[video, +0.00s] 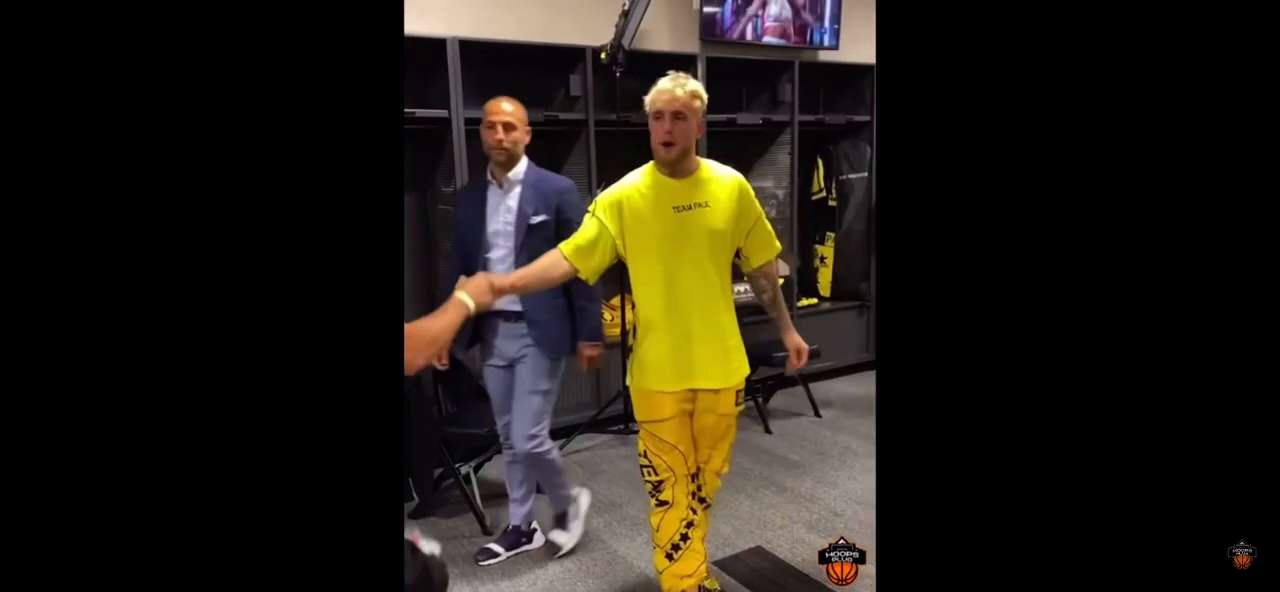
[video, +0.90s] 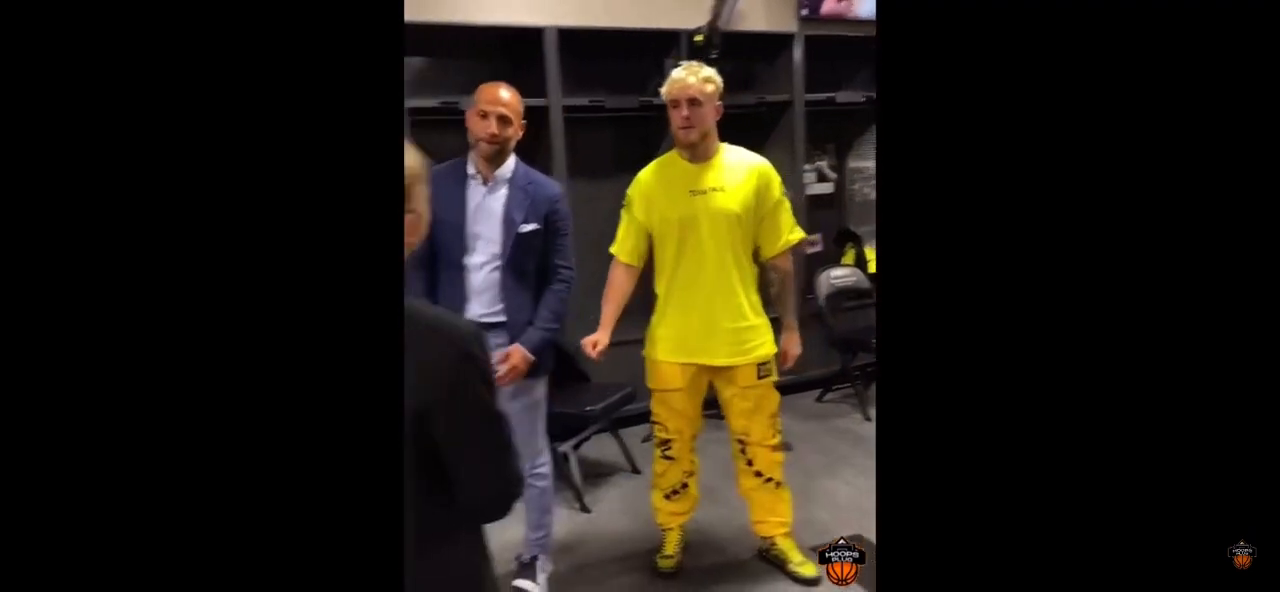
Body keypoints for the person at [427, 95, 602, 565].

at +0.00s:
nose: (499, 135)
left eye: (509, 128)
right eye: (492, 128)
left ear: (527, 135)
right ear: (481, 135)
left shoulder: (557, 191)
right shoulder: (470, 197)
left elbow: (582, 266)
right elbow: (462, 269)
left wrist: (590, 333)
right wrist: (444, 334)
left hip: (540, 327)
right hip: (491, 328)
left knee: (529, 440)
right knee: (509, 439)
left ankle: (568, 500)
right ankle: (520, 527)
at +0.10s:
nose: (481, 135)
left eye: (491, 128)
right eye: (474, 127)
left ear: (510, 135)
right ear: (463, 134)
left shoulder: (540, 191)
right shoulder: (450, 194)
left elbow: (563, 270)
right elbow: (435, 265)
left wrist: (569, 335)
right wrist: (424, 332)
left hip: (522, 329)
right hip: (469, 330)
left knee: (509, 443)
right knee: (500, 441)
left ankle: (511, 545)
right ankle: (524, 521)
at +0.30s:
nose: (453, 142)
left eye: (465, 134)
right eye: (446, 132)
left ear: (482, 141)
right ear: (434, 136)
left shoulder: (511, 202)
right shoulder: (415, 199)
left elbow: (532, 286)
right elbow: (411, 273)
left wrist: (526, 354)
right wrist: (408, 346)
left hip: (487, 344)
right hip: (433, 341)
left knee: (463, 459)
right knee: (479, 442)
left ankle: (438, 567)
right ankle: (516, 522)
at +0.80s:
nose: (463, 129)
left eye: (475, 122)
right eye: (455, 119)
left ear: (492, 132)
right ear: (439, 123)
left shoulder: (516, 197)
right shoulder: (410, 185)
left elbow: (532, 287)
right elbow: (403, 264)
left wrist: (510, 357)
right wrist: (406, 337)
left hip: (478, 346)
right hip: (417, 342)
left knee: (491, 466)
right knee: (428, 451)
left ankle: (495, 564)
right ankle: (449, 531)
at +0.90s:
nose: (492, 127)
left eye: (504, 120)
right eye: (484, 116)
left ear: (520, 130)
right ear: (467, 120)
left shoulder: (544, 194)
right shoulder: (435, 183)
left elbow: (561, 279)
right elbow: (418, 264)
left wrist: (531, 346)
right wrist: (424, 335)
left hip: (515, 347)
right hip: (448, 348)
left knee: (531, 460)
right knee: (448, 456)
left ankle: (535, 558)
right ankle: (453, 560)